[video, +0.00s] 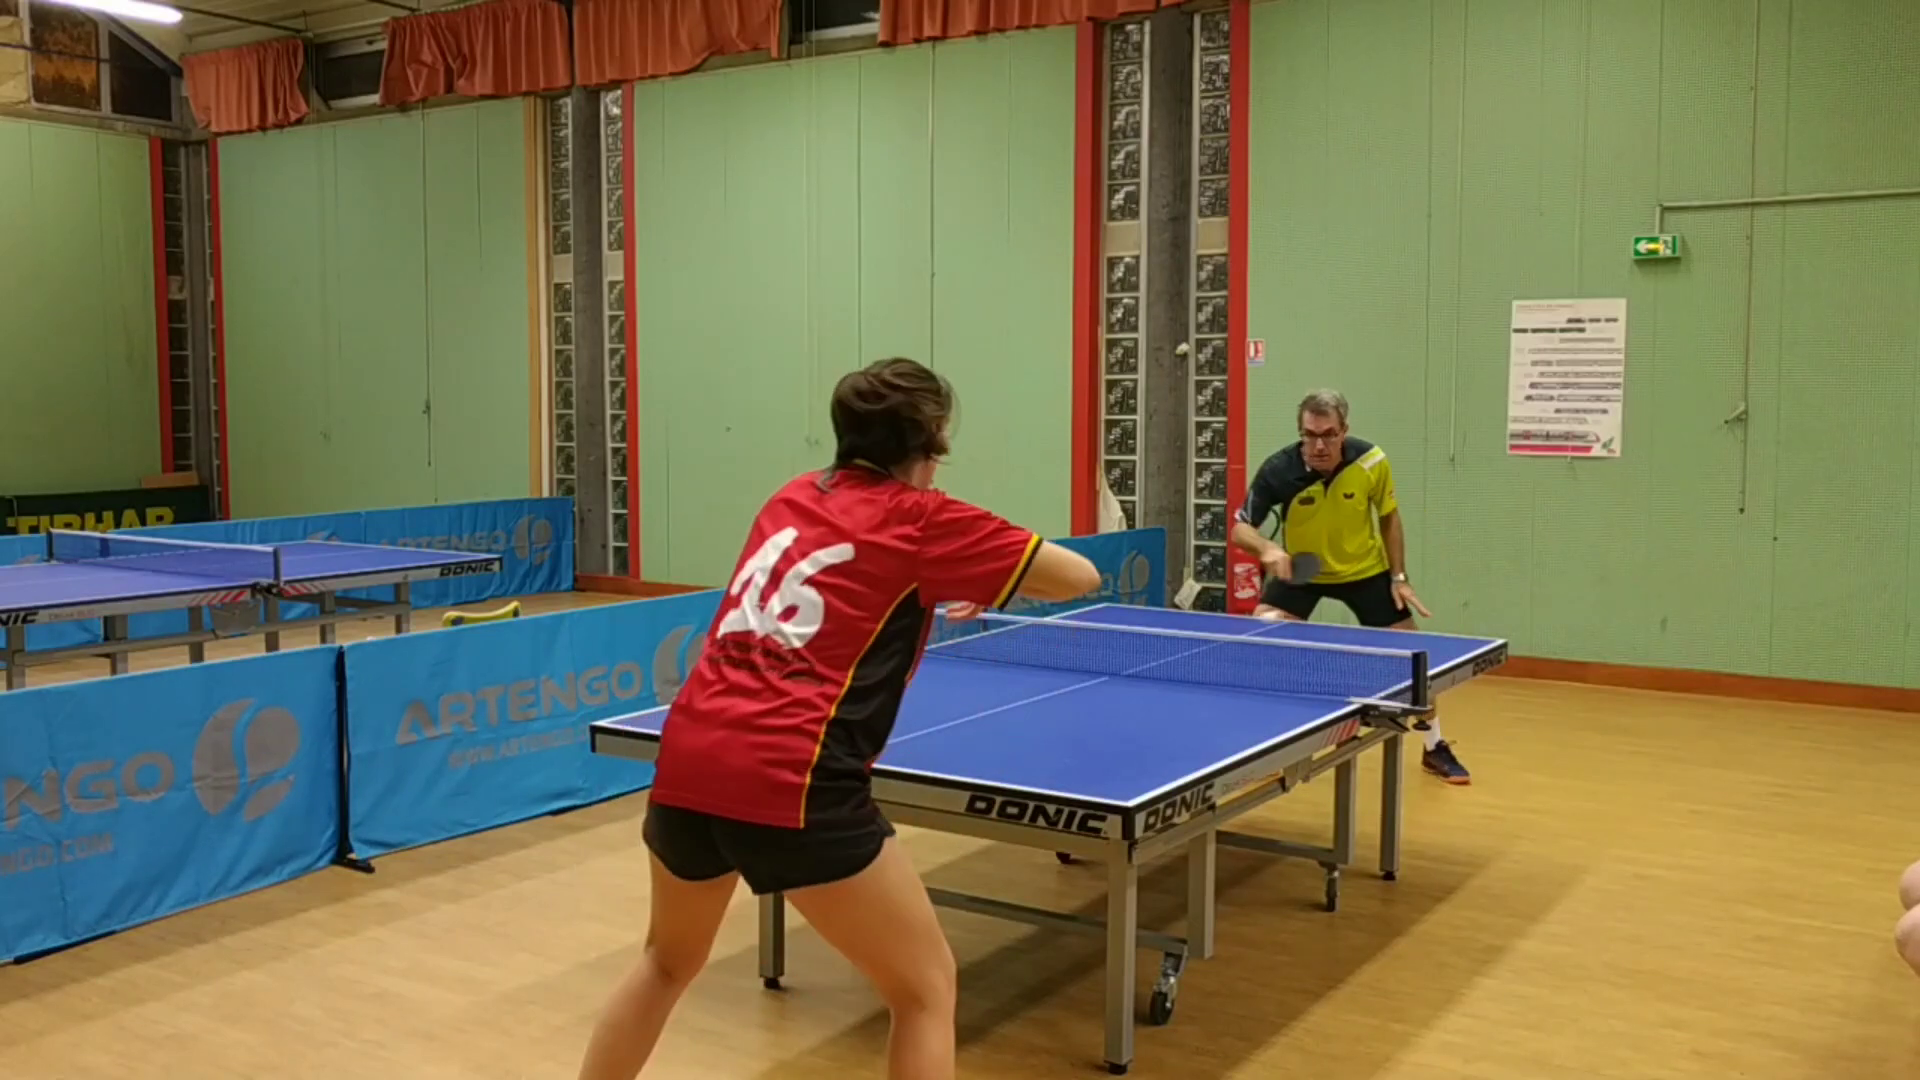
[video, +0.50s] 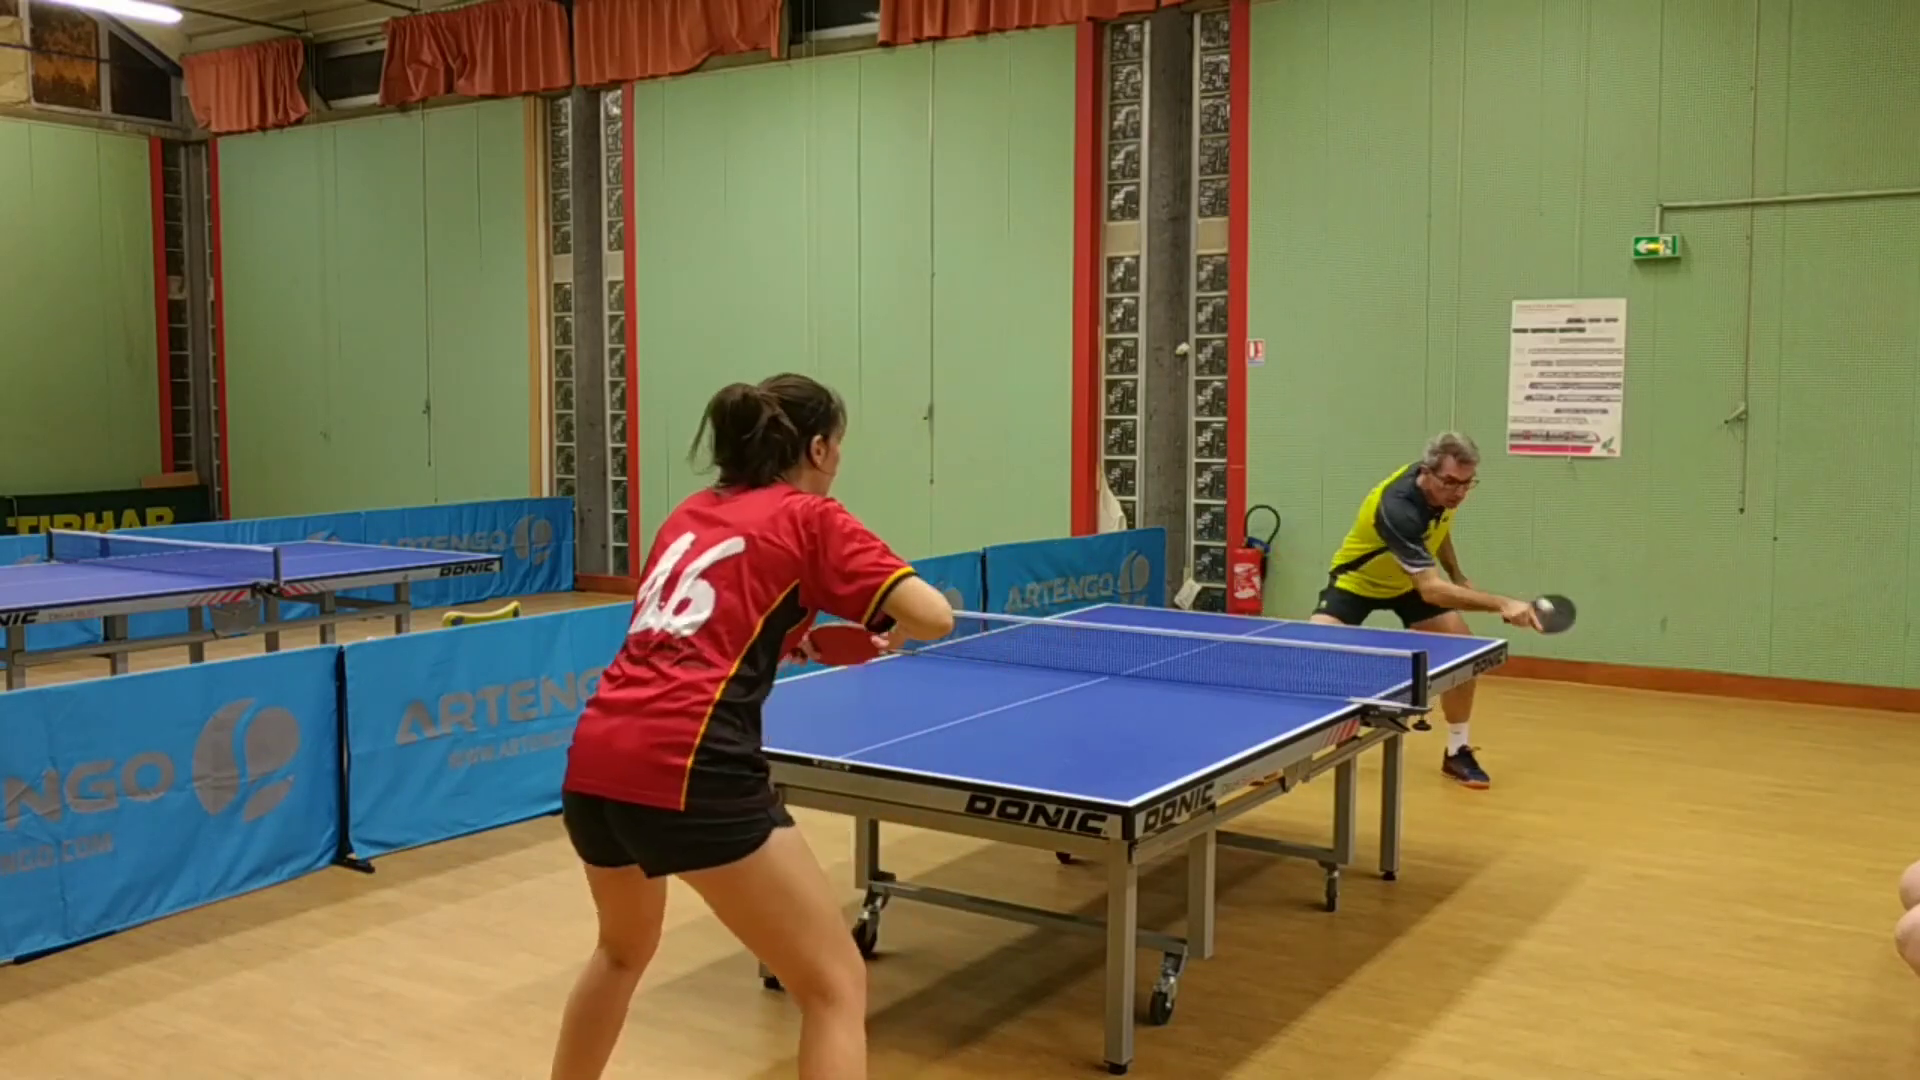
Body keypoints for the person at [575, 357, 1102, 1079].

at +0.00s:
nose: (938, 466)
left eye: (940, 451)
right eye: (938, 450)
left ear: (849, 439)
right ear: (923, 453)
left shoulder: (791, 497)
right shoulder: (920, 518)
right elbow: (1080, 576)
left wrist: (938, 581)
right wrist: (1000, 575)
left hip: (684, 778)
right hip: (795, 794)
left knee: (663, 961)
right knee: (926, 992)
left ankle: (594, 1078)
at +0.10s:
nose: (922, 442)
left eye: (920, 429)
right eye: (919, 430)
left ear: (831, 437)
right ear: (905, 442)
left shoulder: (775, 500)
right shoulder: (908, 518)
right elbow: (1067, 570)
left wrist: (930, 569)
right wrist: (990, 559)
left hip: (677, 775)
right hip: (790, 790)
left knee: (640, 965)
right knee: (921, 991)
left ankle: (581, 1079)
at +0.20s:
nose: (892, 454)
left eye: (890, 439)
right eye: (889, 440)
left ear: (801, 450)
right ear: (873, 452)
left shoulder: (747, 516)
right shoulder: (877, 531)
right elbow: (1033, 589)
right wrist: (964, 572)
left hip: (652, 789)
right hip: (764, 802)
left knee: (626, 973)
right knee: (910, 988)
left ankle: (571, 1079)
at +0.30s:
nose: (865, 464)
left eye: (863, 450)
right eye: (862, 451)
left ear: (772, 458)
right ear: (843, 461)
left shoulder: (715, 523)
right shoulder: (840, 535)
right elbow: (979, 620)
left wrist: (839, 608)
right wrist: (928, 594)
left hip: (616, 786)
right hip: (722, 798)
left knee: (624, 960)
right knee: (877, 992)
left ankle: (570, 1075)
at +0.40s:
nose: (846, 462)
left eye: (845, 448)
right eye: (844, 448)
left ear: (755, 451)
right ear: (825, 455)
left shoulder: (696, 518)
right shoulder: (817, 526)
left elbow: (710, 623)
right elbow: (941, 626)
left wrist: (805, 648)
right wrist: (914, 619)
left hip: (594, 773)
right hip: (694, 782)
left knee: (617, 957)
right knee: (845, 989)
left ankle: (566, 1077)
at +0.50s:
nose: (839, 456)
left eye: (839, 442)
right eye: (838, 442)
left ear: (749, 444)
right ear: (819, 448)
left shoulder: (691, 511)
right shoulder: (810, 517)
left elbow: (699, 616)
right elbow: (934, 616)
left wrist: (796, 636)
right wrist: (895, 622)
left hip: (594, 767)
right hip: (693, 775)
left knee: (619, 952)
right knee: (835, 988)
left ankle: (567, 1077)